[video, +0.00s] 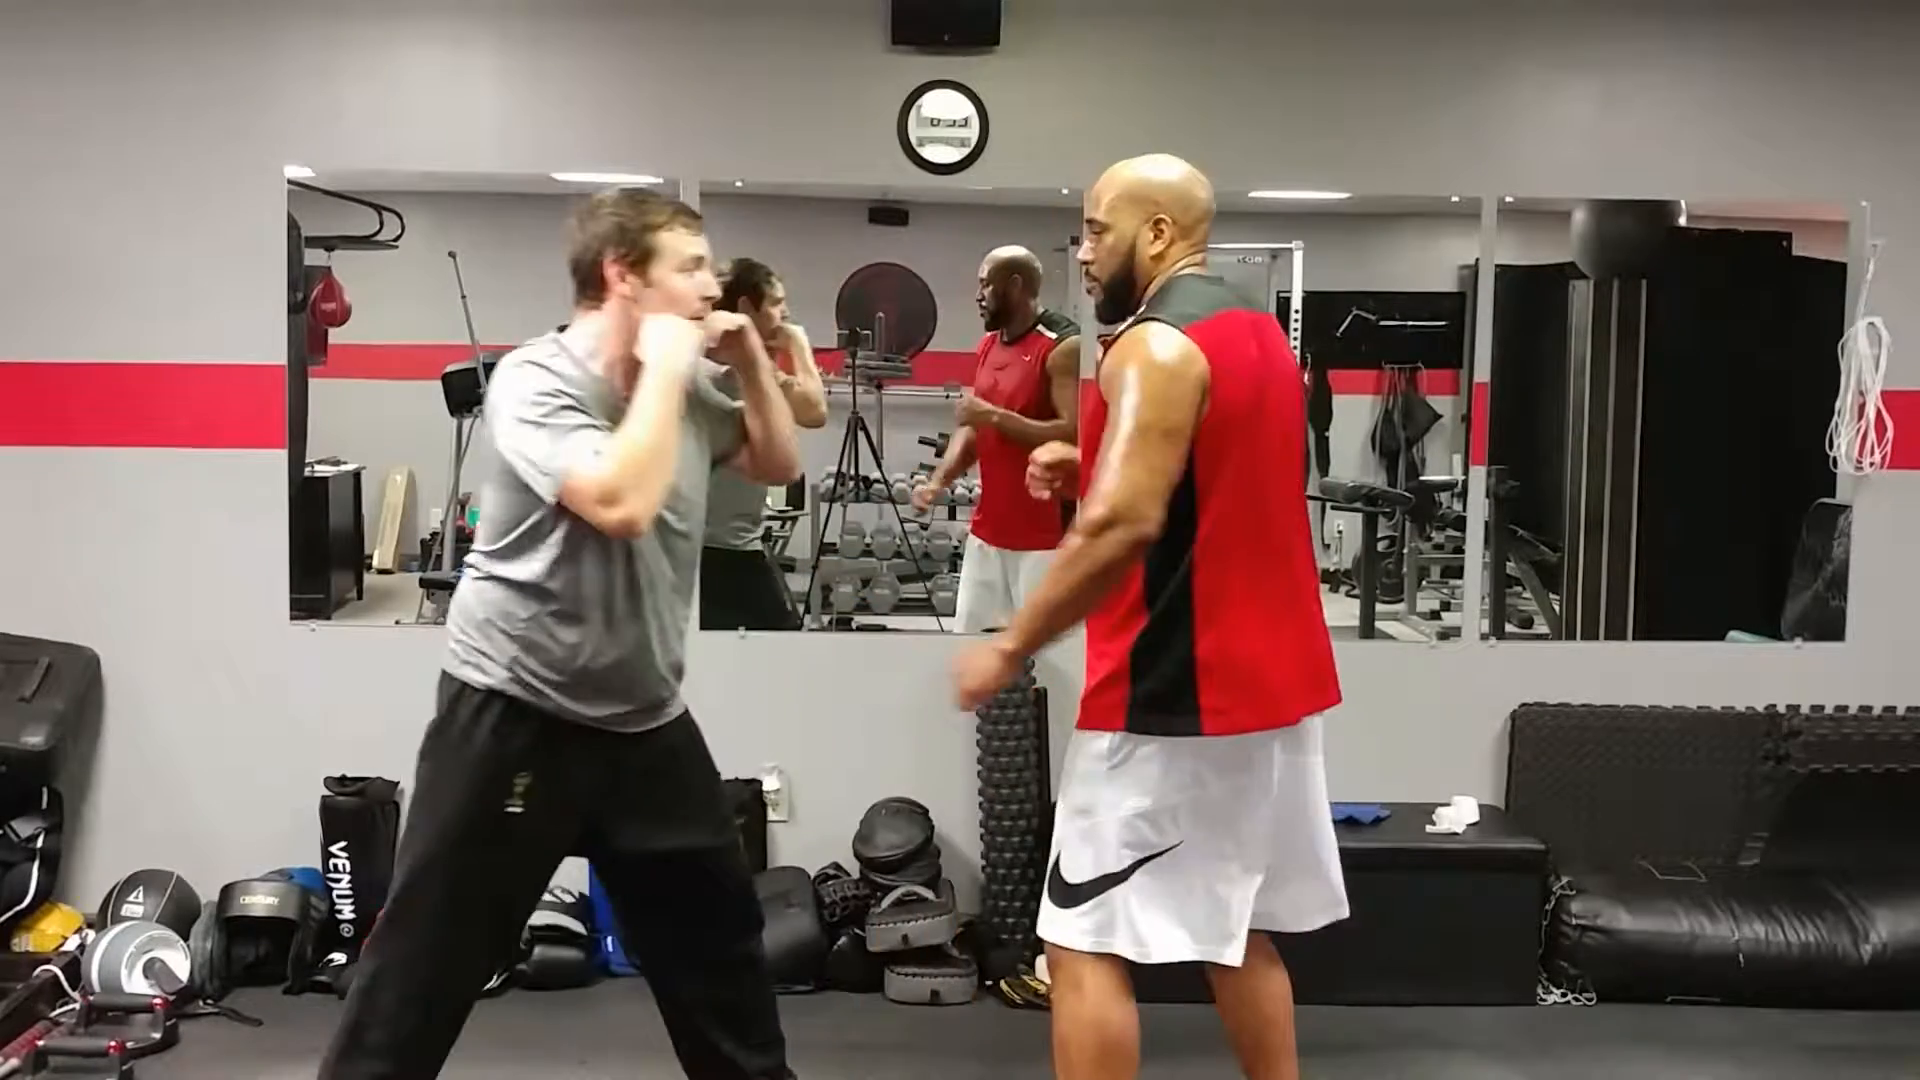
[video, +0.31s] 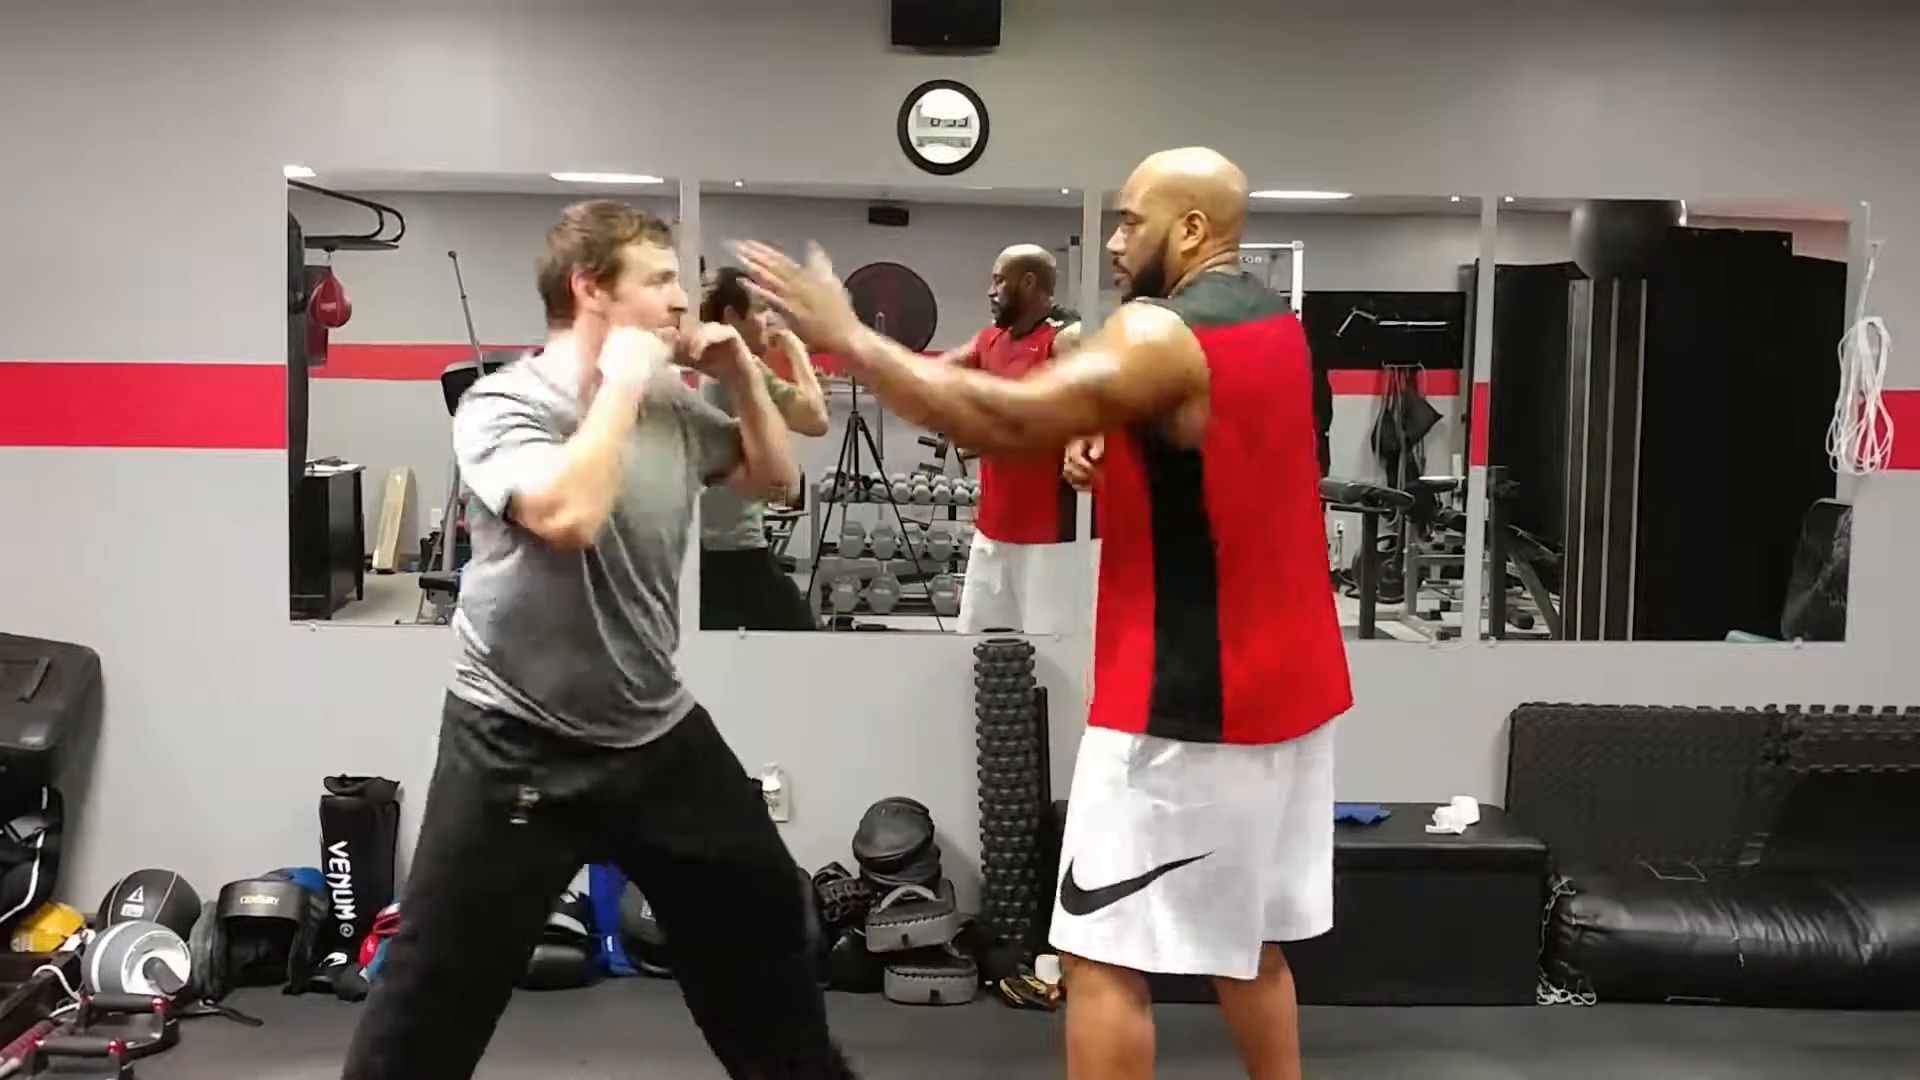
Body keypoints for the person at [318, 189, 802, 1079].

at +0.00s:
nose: (712, 292)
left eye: (710, 274)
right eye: (693, 272)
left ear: (628, 280)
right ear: (620, 278)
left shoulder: (678, 388)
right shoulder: (528, 384)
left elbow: (776, 462)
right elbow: (621, 502)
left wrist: (754, 364)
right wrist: (666, 367)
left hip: (647, 727)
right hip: (512, 717)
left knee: (721, 969)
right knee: (417, 981)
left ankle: (758, 1079)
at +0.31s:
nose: (682, 303)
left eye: (682, 284)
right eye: (662, 282)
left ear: (599, 294)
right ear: (590, 293)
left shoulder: (669, 403)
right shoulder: (500, 406)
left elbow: (775, 473)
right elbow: (563, 517)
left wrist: (743, 370)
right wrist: (625, 383)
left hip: (658, 736)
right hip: (511, 740)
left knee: (765, 926)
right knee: (435, 987)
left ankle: (800, 1071)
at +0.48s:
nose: (760, 302)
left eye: (756, 285)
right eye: (741, 285)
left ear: (680, 305)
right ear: (672, 303)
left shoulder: (711, 395)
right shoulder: (678, 382)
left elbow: (785, 530)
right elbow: (875, 412)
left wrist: (799, 425)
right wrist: (1012, 430)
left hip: (725, 743)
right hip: (616, 737)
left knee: (835, 952)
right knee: (499, 968)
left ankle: (912, 1073)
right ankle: (405, 1074)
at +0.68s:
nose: (928, 322)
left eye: (924, 305)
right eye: (911, 305)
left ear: (848, 327)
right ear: (846, 322)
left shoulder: (799, 407)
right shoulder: (851, 415)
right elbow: (1025, 496)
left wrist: (976, 420)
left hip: (797, 725)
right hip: (723, 706)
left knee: (904, 927)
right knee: (651, 965)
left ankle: (920, 1070)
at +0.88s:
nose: (960, 341)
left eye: (959, 321)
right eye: (942, 319)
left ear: (877, 328)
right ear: (879, 323)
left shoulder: (840, 405)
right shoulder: (849, 413)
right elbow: (1011, 490)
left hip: (809, 727)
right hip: (738, 715)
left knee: (914, 934)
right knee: (661, 982)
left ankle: (909, 1070)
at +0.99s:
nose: (970, 351)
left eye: (969, 331)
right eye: (953, 328)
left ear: (881, 332)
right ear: (886, 329)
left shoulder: (819, 413)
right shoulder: (876, 431)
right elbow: (1025, 506)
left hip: (809, 730)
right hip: (734, 716)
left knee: (914, 935)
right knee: (655, 977)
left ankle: (911, 1071)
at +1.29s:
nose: (986, 357)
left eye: (986, 338)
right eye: (973, 335)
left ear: (898, 335)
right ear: (910, 332)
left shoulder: (837, 406)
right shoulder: (894, 432)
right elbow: (1041, 480)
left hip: (827, 735)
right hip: (742, 724)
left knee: (923, 946)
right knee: (656, 986)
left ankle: (916, 1073)